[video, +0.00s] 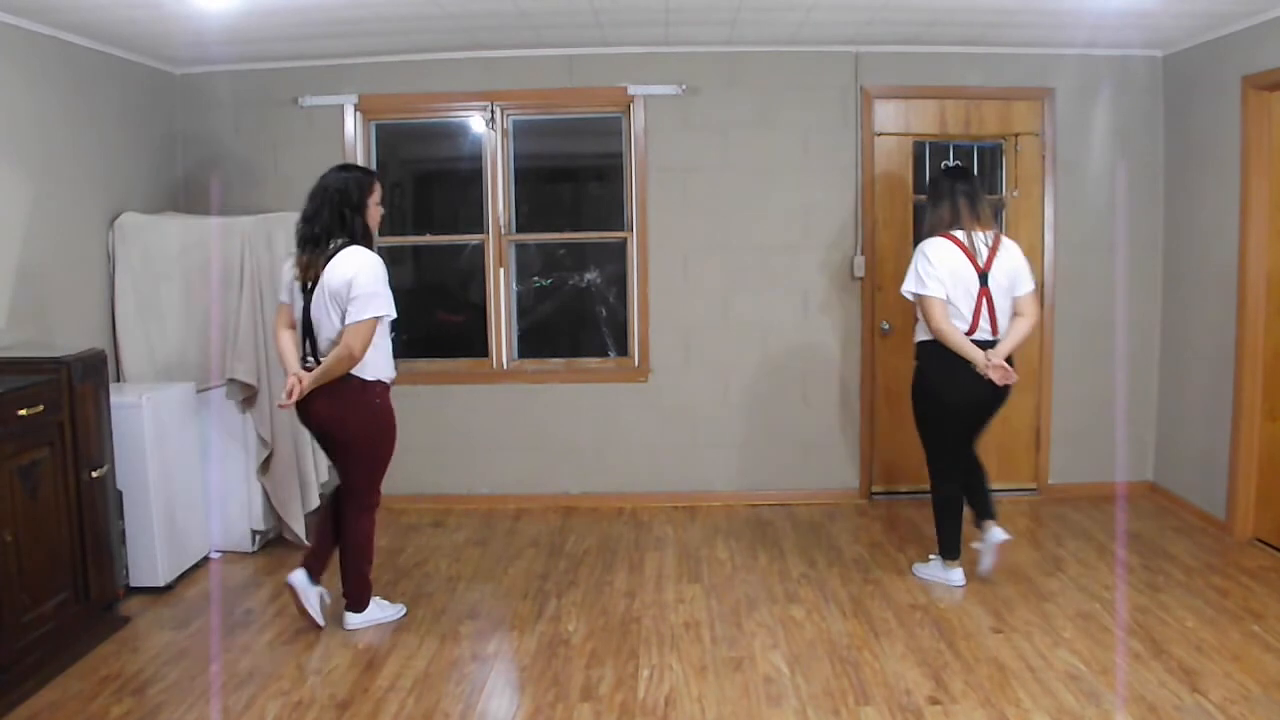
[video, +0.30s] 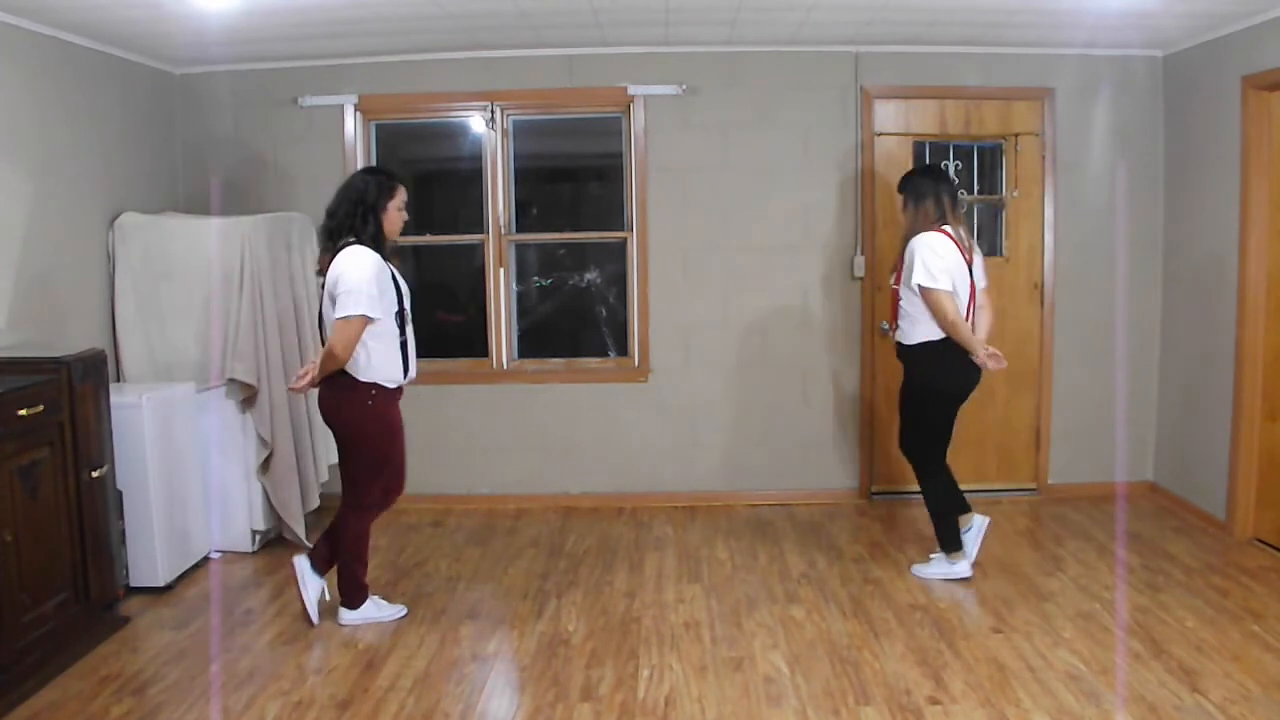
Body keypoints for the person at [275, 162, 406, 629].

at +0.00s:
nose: (382, 213)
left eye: (381, 203)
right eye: (377, 204)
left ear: (327, 207)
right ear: (355, 208)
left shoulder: (304, 262)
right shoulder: (366, 265)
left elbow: (285, 326)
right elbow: (352, 348)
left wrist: (295, 372)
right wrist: (310, 379)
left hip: (317, 397)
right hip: (359, 399)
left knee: (351, 486)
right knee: (362, 500)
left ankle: (309, 573)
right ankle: (359, 605)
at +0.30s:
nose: (405, 217)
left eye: (405, 208)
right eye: (399, 208)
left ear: (369, 209)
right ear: (374, 209)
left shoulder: (363, 259)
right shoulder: (360, 263)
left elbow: (340, 341)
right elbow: (341, 348)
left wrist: (319, 364)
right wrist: (319, 373)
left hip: (372, 393)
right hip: (359, 395)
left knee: (386, 486)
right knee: (364, 493)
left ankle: (316, 564)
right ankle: (354, 601)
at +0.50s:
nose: (430, 223)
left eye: (431, 214)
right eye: (424, 213)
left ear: (403, 215)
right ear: (398, 213)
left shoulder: (398, 263)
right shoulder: (372, 262)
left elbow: (372, 334)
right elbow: (344, 348)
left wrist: (335, 369)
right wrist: (335, 372)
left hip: (401, 394)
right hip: (371, 397)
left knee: (434, 480)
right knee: (367, 500)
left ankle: (365, 546)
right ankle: (353, 602)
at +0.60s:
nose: (446, 225)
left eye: (447, 216)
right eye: (441, 215)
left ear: (422, 217)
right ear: (415, 214)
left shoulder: (415, 264)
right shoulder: (383, 263)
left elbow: (387, 332)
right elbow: (354, 344)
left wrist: (349, 367)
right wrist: (353, 369)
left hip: (419, 398)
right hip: (384, 400)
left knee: (460, 475)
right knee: (370, 502)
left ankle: (420, 567)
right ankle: (353, 601)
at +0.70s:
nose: (464, 229)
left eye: (466, 220)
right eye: (459, 219)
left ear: (444, 222)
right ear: (433, 217)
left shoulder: (437, 269)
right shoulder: (399, 266)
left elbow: (415, 339)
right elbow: (369, 345)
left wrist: (366, 368)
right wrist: (369, 367)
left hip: (440, 403)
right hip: (401, 405)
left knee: (474, 483)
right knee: (378, 502)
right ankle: (354, 600)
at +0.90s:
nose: (506, 225)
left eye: (507, 216)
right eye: (500, 215)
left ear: (491, 217)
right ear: (475, 215)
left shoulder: (485, 266)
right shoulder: (445, 265)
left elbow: (471, 339)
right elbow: (419, 346)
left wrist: (418, 370)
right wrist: (418, 372)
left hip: (489, 404)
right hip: (451, 407)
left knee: (508, 498)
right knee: (425, 499)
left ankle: (536, 588)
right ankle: (367, 586)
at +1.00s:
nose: (527, 214)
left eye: (527, 205)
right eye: (519, 206)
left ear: (513, 209)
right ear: (494, 207)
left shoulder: (506, 257)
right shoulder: (469, 255)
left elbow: (491, 323)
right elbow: (446, 334)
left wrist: (445, 361)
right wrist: (447, 362)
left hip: (512, 392)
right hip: (476, 394)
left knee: (522, 493)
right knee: (475, 497)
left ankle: (536, 588)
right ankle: (395, 568)